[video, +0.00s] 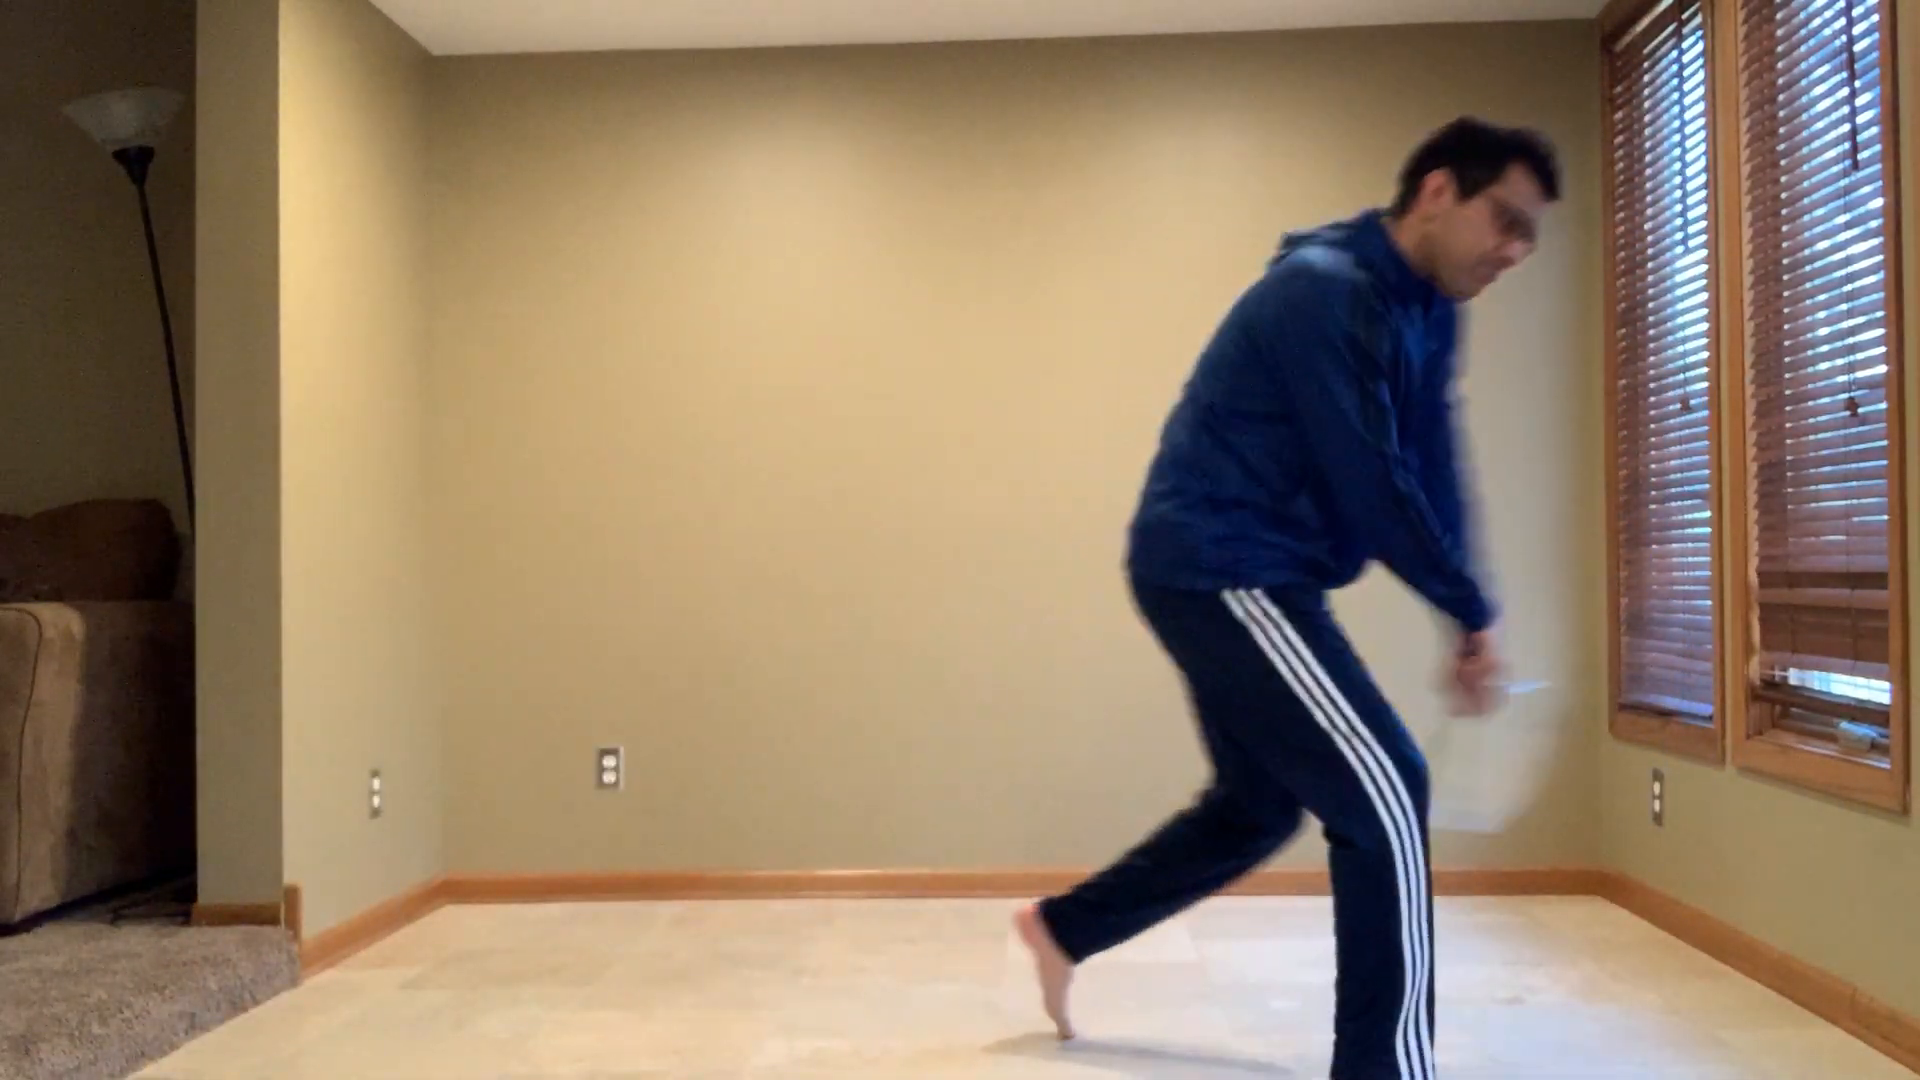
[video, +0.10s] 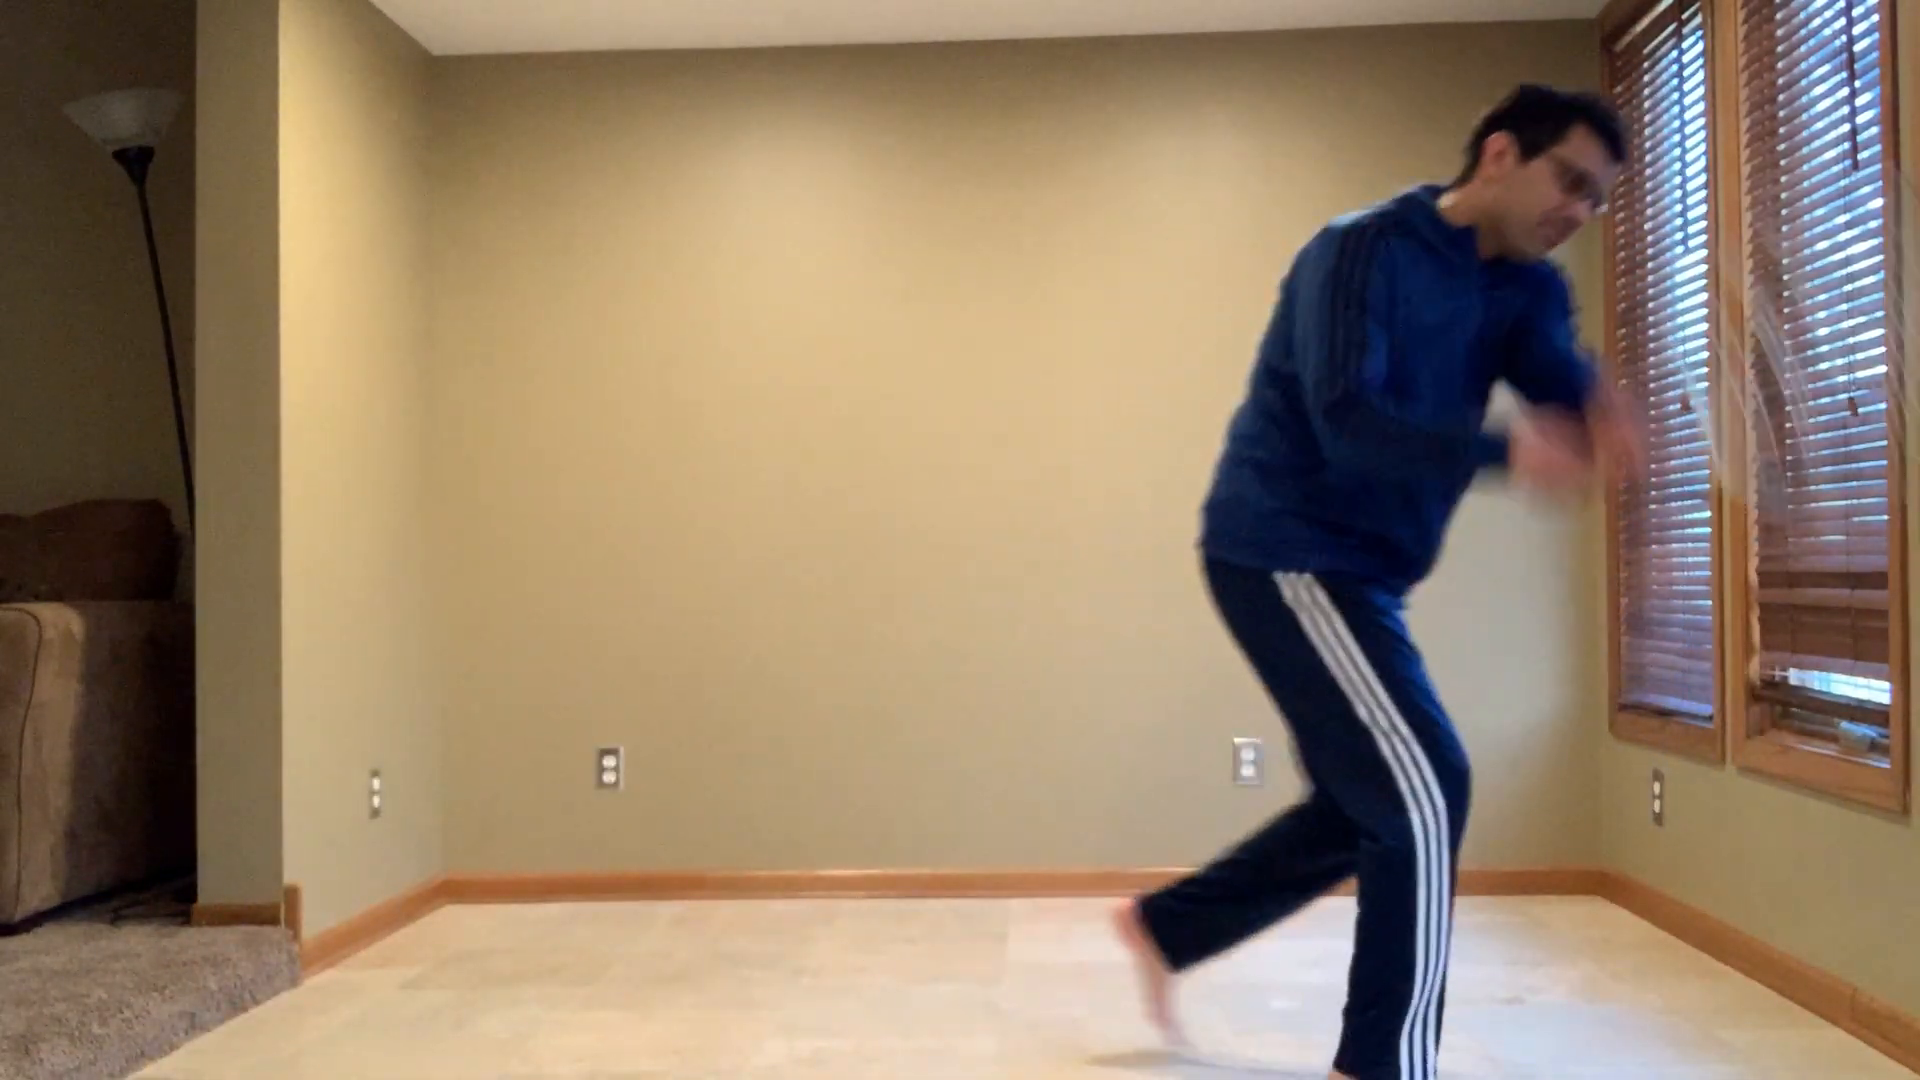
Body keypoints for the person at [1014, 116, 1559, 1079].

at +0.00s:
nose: (1515, 252)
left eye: (1527, 235)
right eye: (1507, 222)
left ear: (1443, 207)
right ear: (1436, 192)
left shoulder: (1426, 310)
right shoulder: (1324, 289)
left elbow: (1432, 464)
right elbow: (1367, 489)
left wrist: (1466, 613)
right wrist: (1472, 611)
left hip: (1268, 571)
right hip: (1213, 566)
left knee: (1260, 801)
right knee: (1381, 786)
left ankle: (1063, 927)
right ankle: (1384, 1066)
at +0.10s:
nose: (1580, 214)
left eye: (1595, 199)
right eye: (1571, 183)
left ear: (1598, 210)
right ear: (1499, 153)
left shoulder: (1526, 286)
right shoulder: (1359, 251)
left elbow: (1559, 380)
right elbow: (1349, 428)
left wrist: (1597, 411)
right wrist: (1503, 448)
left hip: (1361, 569)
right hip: (1278, 552)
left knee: (1371, 801)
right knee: (1423, 786)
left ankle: (1167, 926)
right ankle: (1383, 1065)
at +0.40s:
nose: (1708, 106)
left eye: (1725, 93)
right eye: (1687, 79)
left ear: (1729, 111)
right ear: (1615, 83)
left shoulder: (1714, 203)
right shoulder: (1516, 179)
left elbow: (1651, 265)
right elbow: (1382, 284)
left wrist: (1517, 158)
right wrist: (1475, 150)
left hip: (1625, 531)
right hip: (1494, 524)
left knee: (1728, 770)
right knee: (1522, 769)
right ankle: (1438, 1039)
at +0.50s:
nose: (1727, 118)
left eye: (1741, 105)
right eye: (1702, 94)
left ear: (1746, 129)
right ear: (1630, 113)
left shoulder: (1746, 228)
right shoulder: (1545, 233)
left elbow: (1696, 310)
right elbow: (1397, 360)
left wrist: (1552, 217)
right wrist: (1484, 256)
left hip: (1698, 566)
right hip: (1557, 563)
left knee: (1806, 797)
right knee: (1584, 802)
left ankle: (1851, 1036)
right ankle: (1494, 1051)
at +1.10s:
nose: (1317, 108)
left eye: (1339, 89)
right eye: (1293, 91)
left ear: (1373, 110)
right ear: (1260, 116)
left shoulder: (1437, 229)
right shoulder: (1216, 258)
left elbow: (1486, 373)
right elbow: (1197, 427)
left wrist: (1433, 439)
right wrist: (1328, 492)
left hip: (1427, 547)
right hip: (1303, 567)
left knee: (1443, 766)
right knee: (1378, 791)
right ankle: (1507, 973)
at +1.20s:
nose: (1232, 130)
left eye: (1255, 111)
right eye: (1210, 111)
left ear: (1290, 131)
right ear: (1179, 134)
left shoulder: (1356, 252)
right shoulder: (1134, 272)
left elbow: (1405, 403)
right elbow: (1118, 436)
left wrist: (1316, 486)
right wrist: (1222, 522)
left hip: (1335, 575)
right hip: (1209, 584)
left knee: (1335, 787)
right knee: (1213, 792)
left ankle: (1333, 1006)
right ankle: (1329, 909)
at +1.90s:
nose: (599, 110)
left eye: (628, 94)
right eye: (585, 89)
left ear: (674, 123)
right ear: (567, 108)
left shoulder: (720, 250)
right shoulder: (507, 234)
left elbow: (738, 404)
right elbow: (464, 384)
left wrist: (632, 470)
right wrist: (542, 482)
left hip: (675, 554)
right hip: (541, 555)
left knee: (706, 760)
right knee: (504, 772)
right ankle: (513, 1007)